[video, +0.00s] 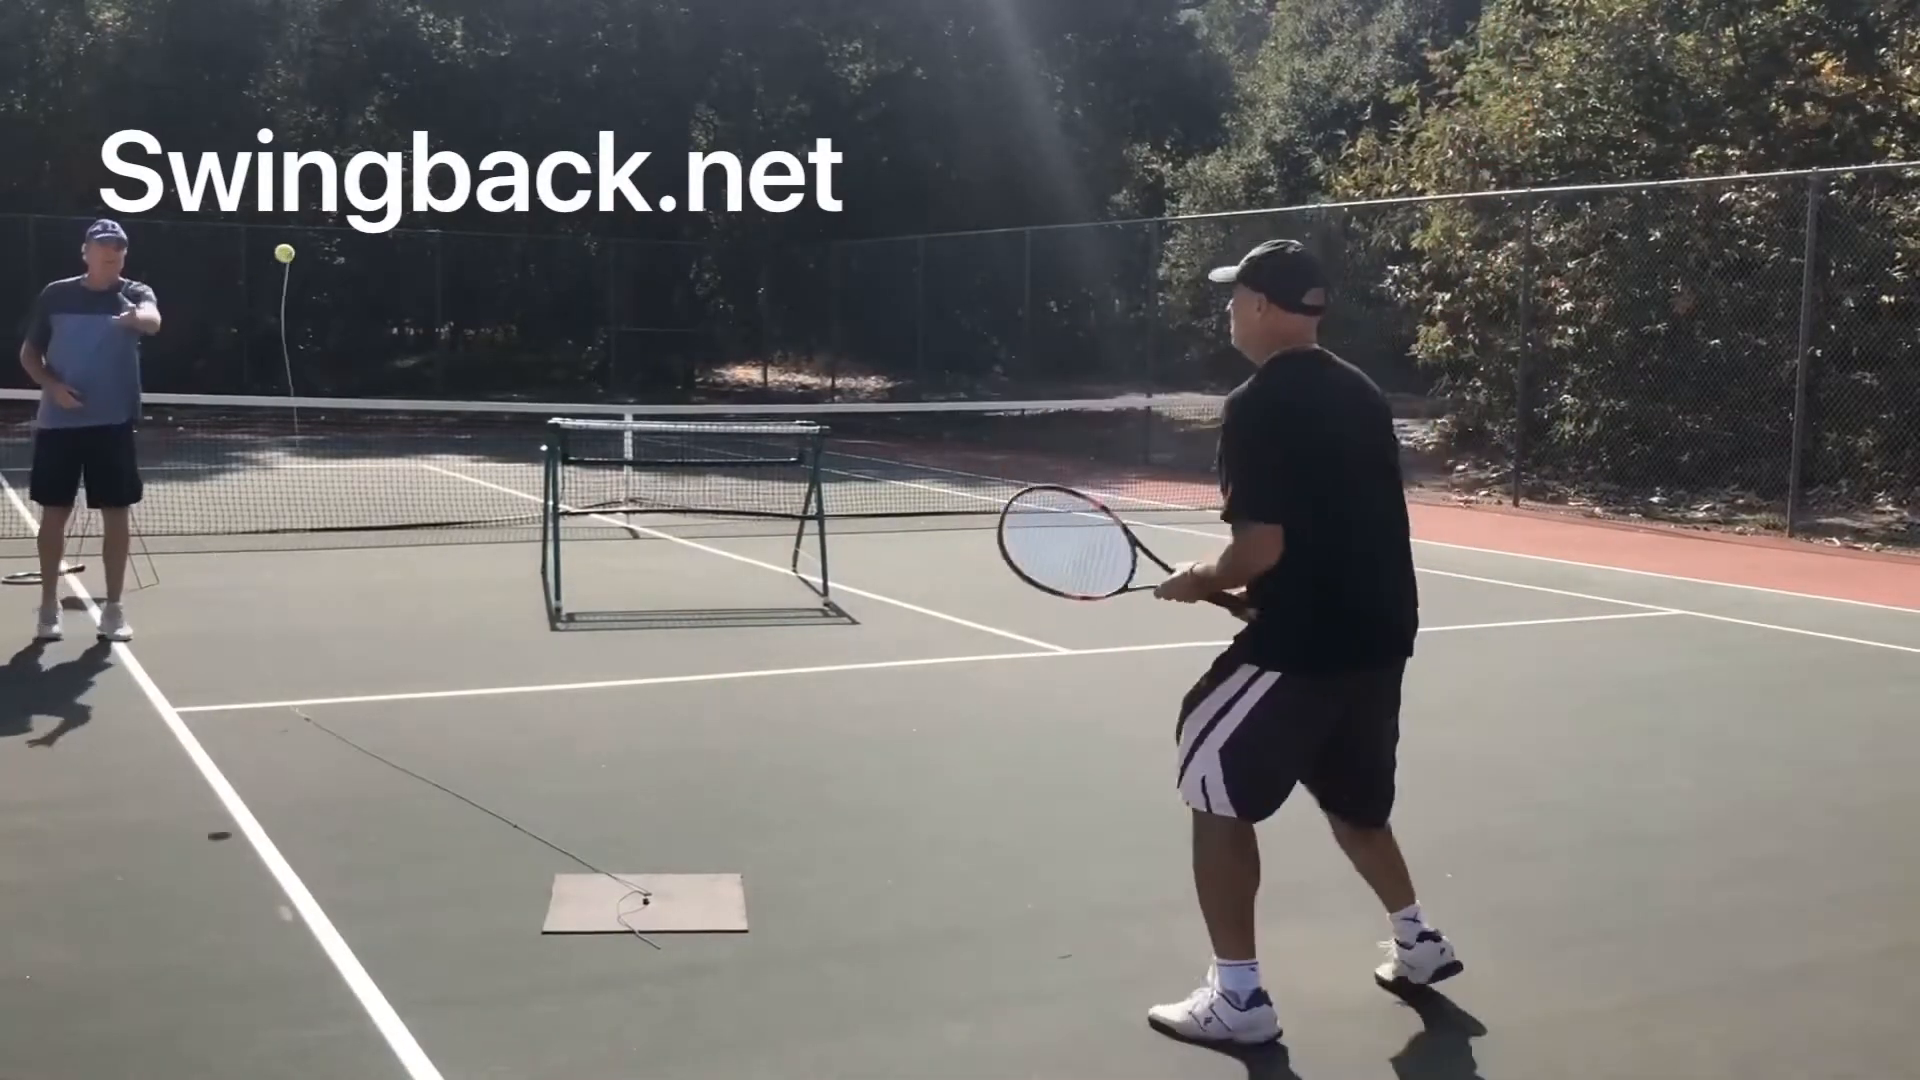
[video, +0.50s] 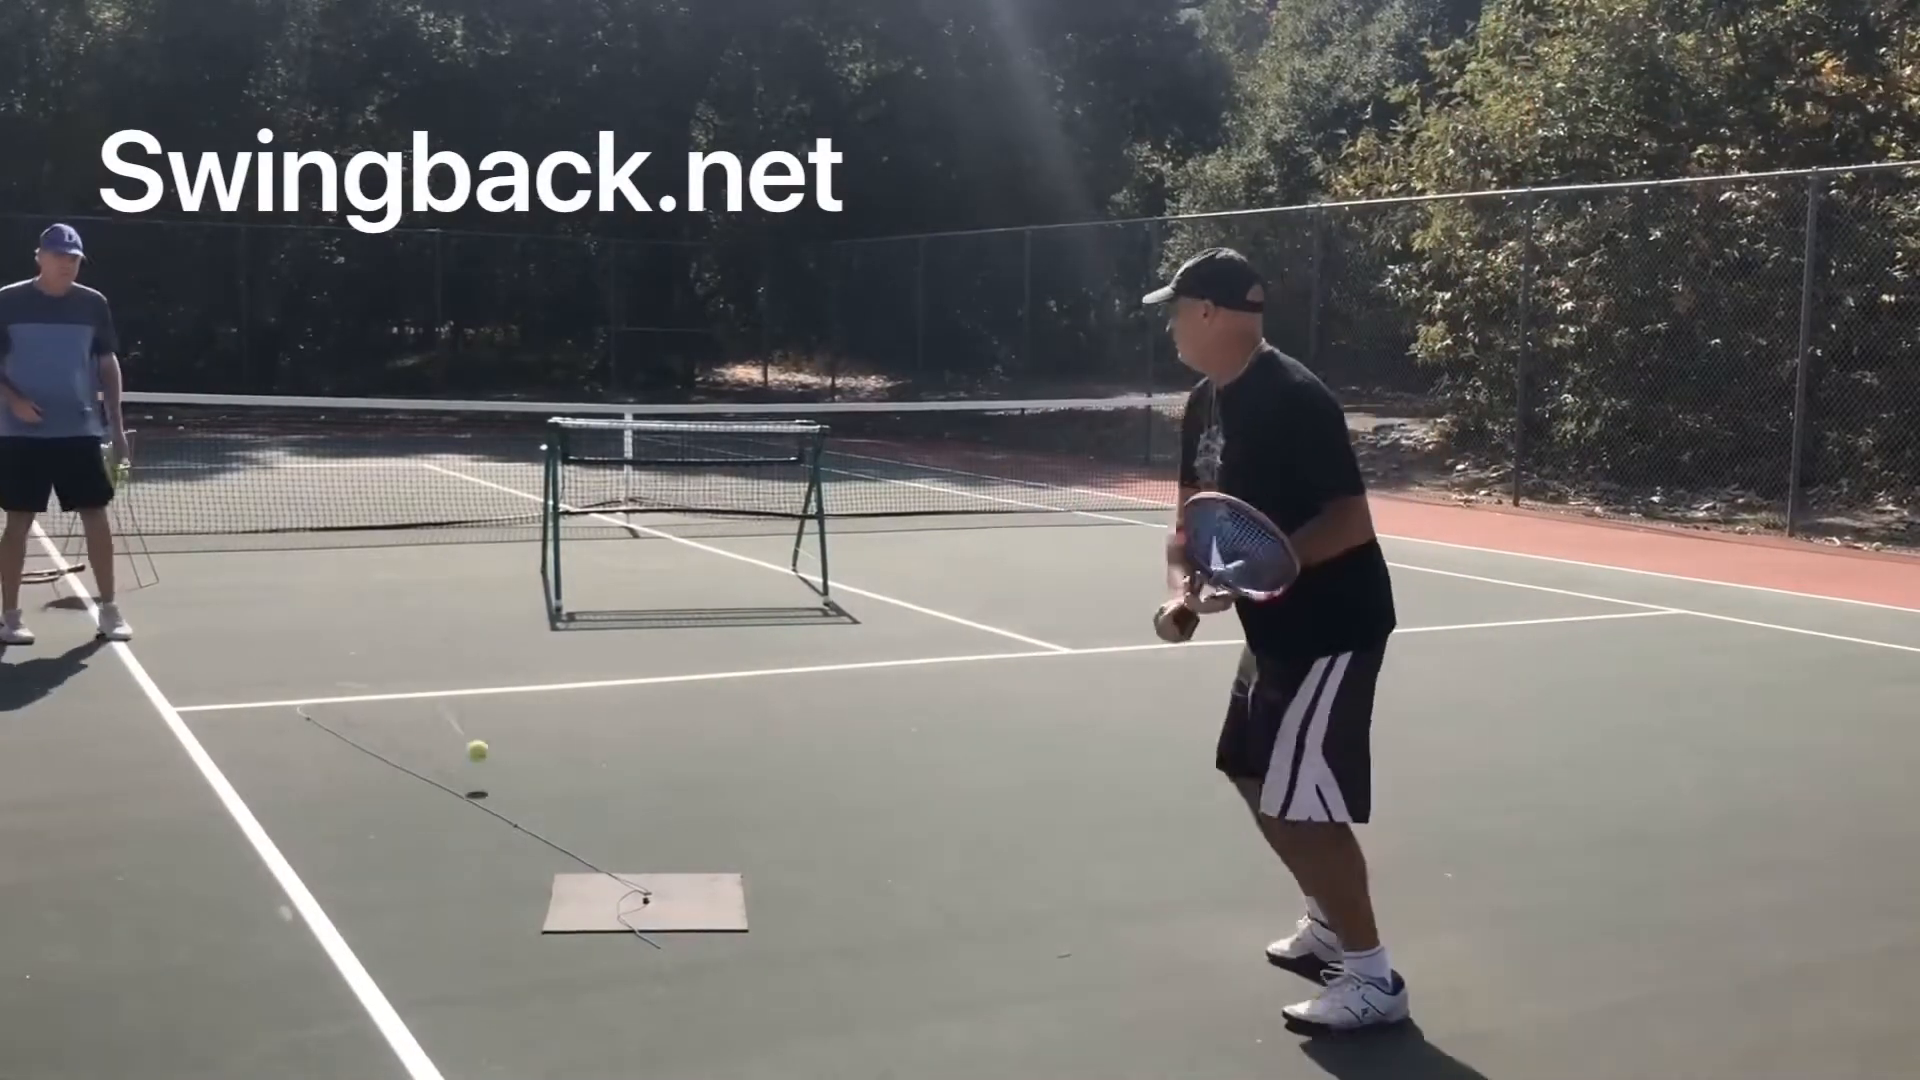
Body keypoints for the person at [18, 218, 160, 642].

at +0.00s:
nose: (114, 254)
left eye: (118, 247)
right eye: (105, 246)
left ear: (126, 254)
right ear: (86, 251)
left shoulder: (137, 293)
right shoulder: (56, 294)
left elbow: (152, 318)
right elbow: (28, 353)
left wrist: (135, 317)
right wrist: (52, 385)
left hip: (114, 426)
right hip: (60, 427)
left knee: (117, 516)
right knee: (54, 514)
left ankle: (113, 608)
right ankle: (48, 606)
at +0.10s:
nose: (108, 256)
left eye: (114, 249)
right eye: (101, 248)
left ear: (122, 256)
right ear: (83, 253)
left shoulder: (134, 297)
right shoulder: (52, 296)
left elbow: (149, 332)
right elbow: (24, 353)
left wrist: (132, 339)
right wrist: (47, 387)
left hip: (112, 430)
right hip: (56, 429)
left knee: (115, 519)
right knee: (48, 516)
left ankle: (112, 610)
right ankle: (34, 608)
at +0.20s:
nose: (103, 260)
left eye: (109, 253)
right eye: (96, 252)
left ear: (115, 258)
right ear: (76, 255)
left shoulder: (130, 301)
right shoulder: (45, 297)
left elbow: (144, 346)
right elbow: (18, 354)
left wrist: (134, 370)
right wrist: (42, 389)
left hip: (107, 432)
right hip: (51, 431)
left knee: (113, 519)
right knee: (40, 517)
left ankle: (112, 609)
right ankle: (19, 609)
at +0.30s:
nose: (93, 264)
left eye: (99, 257)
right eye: (86, 255)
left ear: (105, 260)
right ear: (65, 256)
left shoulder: (119, 304)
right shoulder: (34, 300)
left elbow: (135, 360)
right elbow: (9, 359)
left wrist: (134, 406)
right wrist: (36, 395)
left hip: (102, 434)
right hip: (44, 435)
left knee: (109, 520)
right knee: (32, 521)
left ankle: (112, 609)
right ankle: (10, 612)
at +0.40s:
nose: (79, 265)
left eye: (85, 258)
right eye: (72, 256)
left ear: (92, 262)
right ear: (52, 256)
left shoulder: (106, 304)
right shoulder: (19, 301)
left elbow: (122, 365)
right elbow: (2, 363)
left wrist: (129, 426)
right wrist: (26, 398)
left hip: (91, 436)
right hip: (34, 438)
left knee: (104, 520)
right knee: (25, 523)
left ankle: (111, 609)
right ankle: (10, 614)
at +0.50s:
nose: (67, 264)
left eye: (73, 257)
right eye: (59, 255)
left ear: (80, 260)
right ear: (40, 256)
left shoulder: (94, 303)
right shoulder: (8, 300)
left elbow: (107, 363)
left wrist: (117, 426)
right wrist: (12, 398)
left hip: (80, 436)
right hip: (21, 437)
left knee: (96, 518)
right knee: (17, 523)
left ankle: (108, 608)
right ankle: (9, 615)